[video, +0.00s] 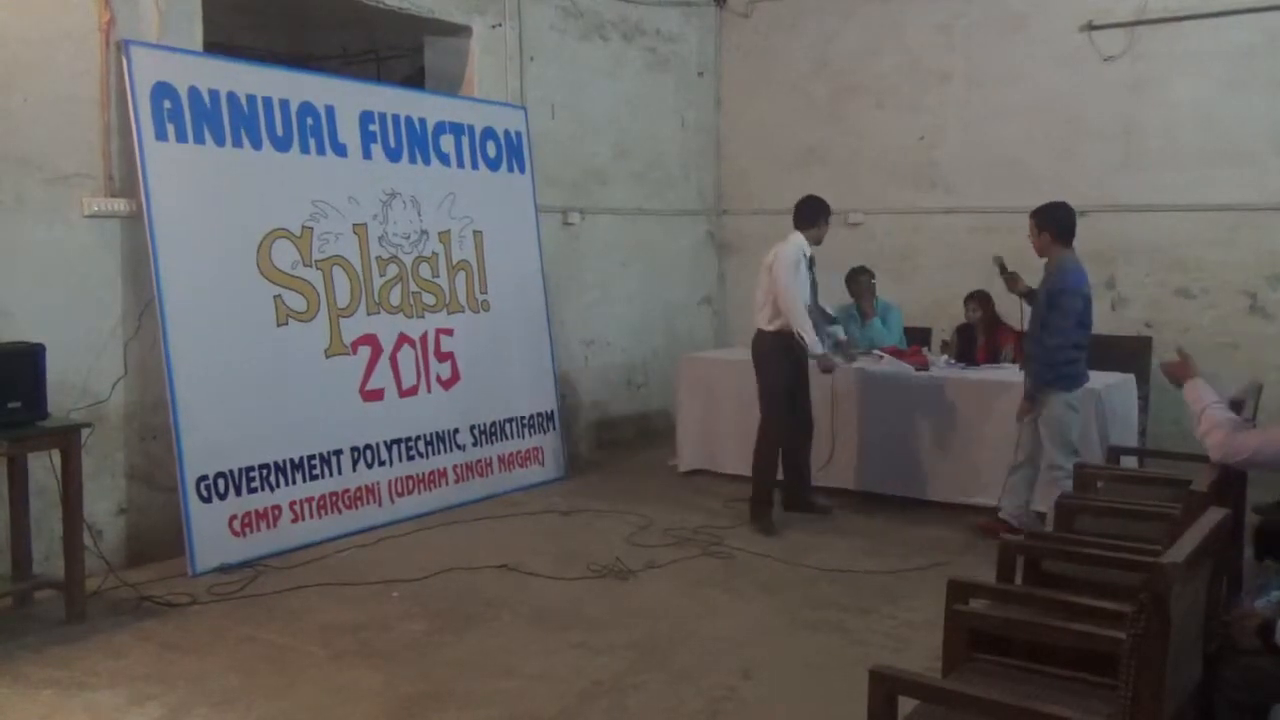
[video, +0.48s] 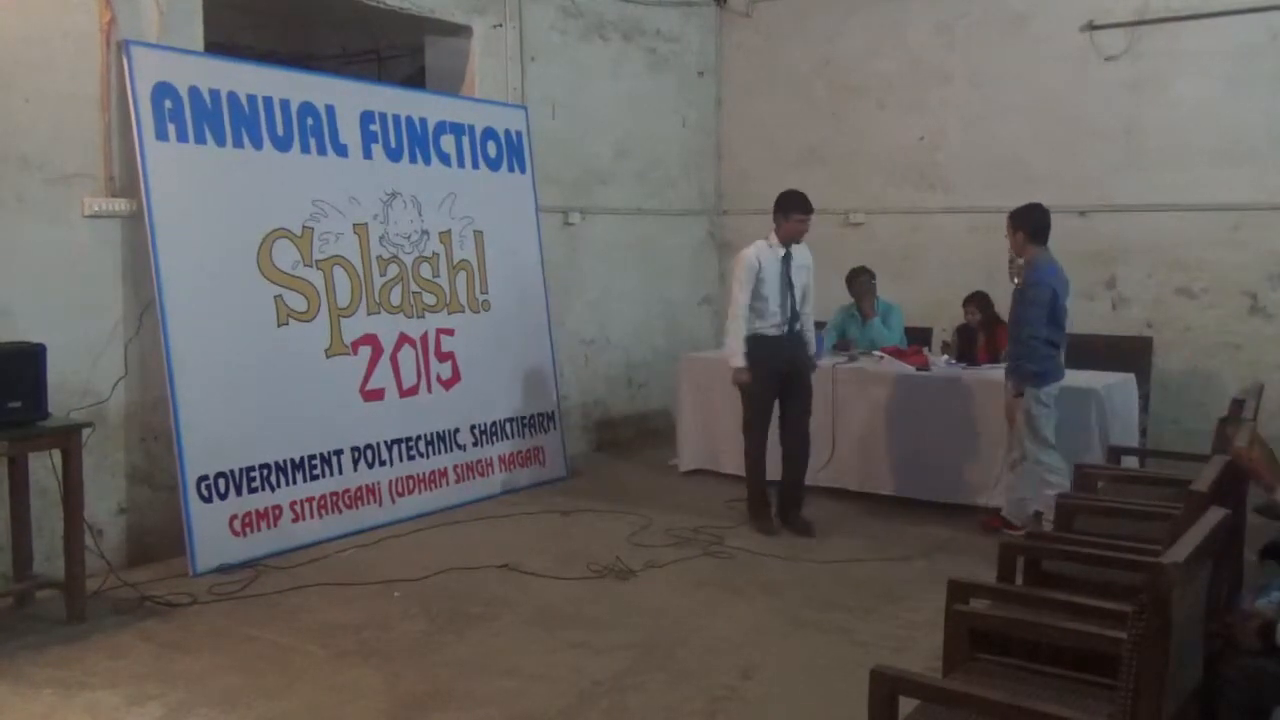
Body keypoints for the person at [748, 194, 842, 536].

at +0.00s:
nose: (828, 231)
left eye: (827, 224)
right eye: (827, 224)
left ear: (800, 219)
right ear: (818, 223)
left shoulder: (799, 254)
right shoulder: (788, 253)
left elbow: (804, 304)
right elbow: (790, 305)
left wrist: (832, 329)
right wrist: (817, 351)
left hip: (792, 344)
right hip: (773, 344)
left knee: (800, 424)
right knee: (773, 425)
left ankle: (797, 496)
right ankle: (761, 508)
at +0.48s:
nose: (806, 229)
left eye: (808, 222)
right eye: (801, 222)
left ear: (805, 222)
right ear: (781, 219)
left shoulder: (803, 255)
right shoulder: (752, 256)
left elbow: (806, 309)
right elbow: (737, 312)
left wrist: (809, 352)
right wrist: (738, 362)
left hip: (795, 351)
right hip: (760, 351)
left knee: (797, 436)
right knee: (756, 435)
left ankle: (790, 510)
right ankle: (758, 511)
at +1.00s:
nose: (799, 221)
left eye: (802, 215)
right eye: (793, 214)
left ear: (801, 218)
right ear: (770, 215)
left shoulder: (808, 255)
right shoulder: (740, 256)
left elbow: (827, 305)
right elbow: (728, 313)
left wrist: (835, 355)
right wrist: (723, 365)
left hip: (791, 356)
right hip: (748, 355)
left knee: (792, 440)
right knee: (740, 437)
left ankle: (793, 520)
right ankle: (729, 515)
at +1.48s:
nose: (767, 217)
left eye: (769, 210)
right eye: (761, 209)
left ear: (762, 213)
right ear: (738, 210)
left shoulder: (766, 251)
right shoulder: (708, 254)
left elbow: (779, 300)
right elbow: (703, 314)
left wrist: (770, 317)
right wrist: (711, 364)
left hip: (751, 351)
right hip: (716, 355)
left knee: (774, 442)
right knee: (716, 454)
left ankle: (738, 499)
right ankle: (715, 548)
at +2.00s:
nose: (766, 213)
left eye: (767, 207)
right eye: (760, 207)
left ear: (757, 211)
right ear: (738, 208)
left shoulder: (750, 249)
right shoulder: (718, 249)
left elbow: (769, 299)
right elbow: (734, 308)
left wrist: (757, 296)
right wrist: (775, 354)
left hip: (742, 356)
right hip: (714, 359)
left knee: (744, 453)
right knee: (716, 455)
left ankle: (736, 543)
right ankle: (716, 551)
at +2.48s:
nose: (774, 214)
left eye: (775, 208)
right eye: (767, 207)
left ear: (760, 212)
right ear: (744, 209)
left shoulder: (753, 251)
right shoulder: (725, 249)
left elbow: (749, 313)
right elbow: (720, 310)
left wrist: (782, 328)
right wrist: (773, 329)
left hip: (749, 356)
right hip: (730, 358)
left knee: (752, 455)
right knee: (741, 455)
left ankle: (737, 544)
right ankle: (725, 549)